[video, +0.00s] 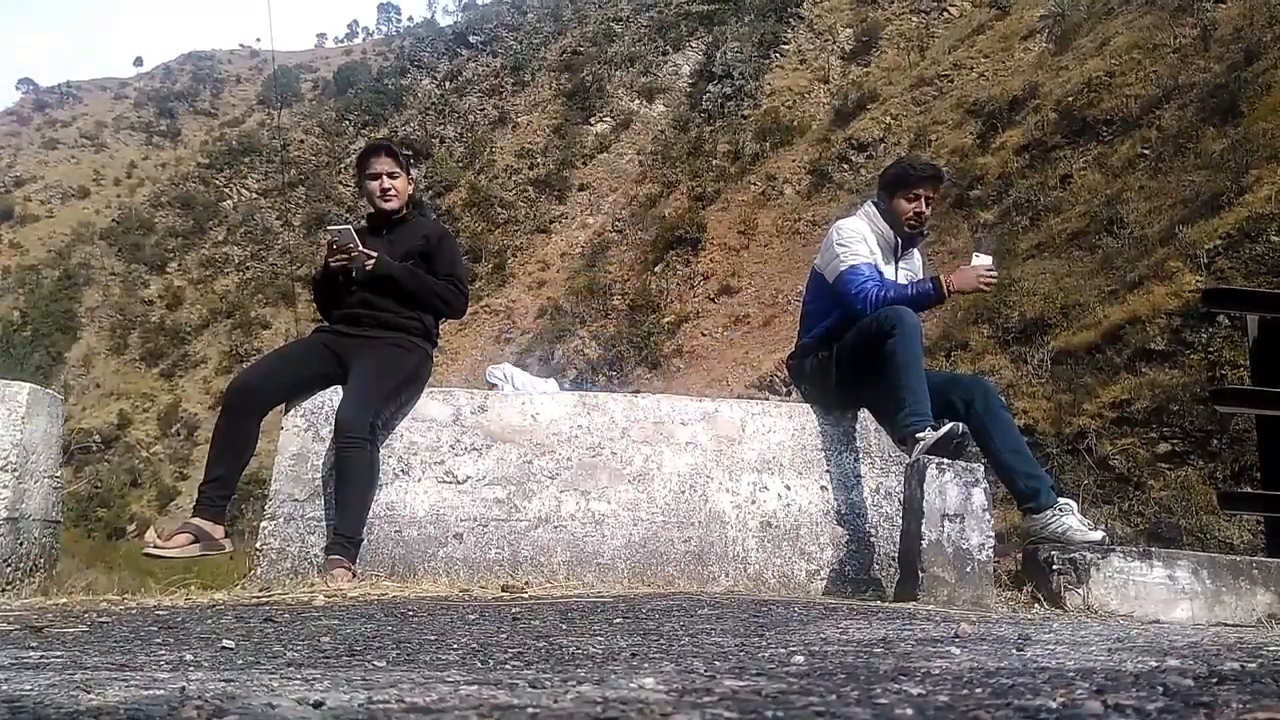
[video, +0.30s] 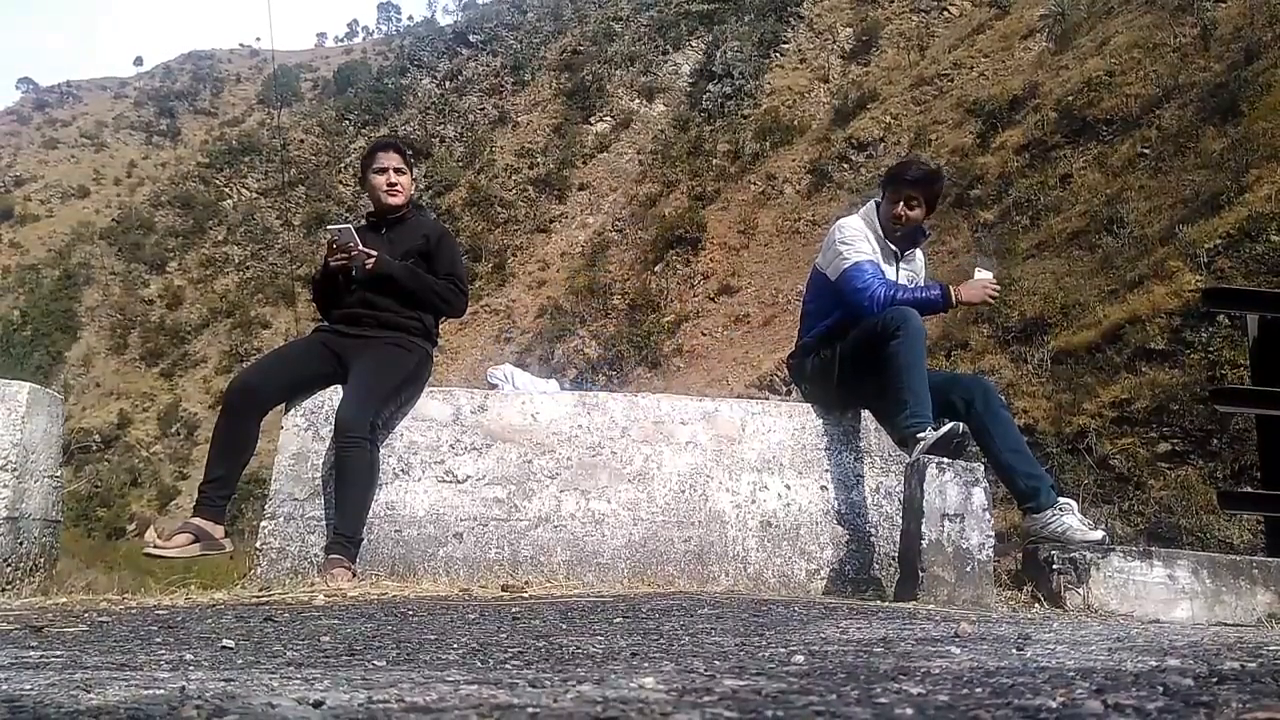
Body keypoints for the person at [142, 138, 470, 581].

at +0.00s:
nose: (385, 184)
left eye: (393, 175)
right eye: (375, 178)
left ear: (409, 180)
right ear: (364, 187)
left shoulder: (433, 233)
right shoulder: (353, 234)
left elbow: (455, 302)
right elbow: (327, 305)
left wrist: (386, 267)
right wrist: (330, 270)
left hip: (397, 346)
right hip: (337, 338)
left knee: (353, 426)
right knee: (246, 392)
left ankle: (341, 561)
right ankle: (208, 523)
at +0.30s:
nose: (392, 178)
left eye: (400, 171)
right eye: (381, 171)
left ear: (412, 179)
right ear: (366, 182)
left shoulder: (432, 232)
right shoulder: (352, 233)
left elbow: (456, 302)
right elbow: (326, 305)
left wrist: (388, 266)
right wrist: (331, 269)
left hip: (397, 345)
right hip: (337, 338)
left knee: (354, 425)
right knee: (246, 391)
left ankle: (340, 560)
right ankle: (208, 523)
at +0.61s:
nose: (398, 176)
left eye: (406, 170)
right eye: (386, 169)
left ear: (415, 180)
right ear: (368, 179)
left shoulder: (431, 231)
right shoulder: (351, 233)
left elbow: (455, 300)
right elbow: (326, 303)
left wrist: (387, 265)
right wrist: (332, 268)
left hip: (397, 344)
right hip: (337, 337)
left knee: (353, 426)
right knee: (246, 389)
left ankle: (340, 559)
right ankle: (208, 521)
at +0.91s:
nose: (413, 179)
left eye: (418, 173)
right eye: (402, 170)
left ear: (421, 182)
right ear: (373, 178)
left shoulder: (431, 232)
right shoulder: (350, 233)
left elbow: (455, 301)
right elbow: (325, 304)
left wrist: (388, 266)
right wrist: (331, 269)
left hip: (397, 344)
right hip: (337, 337)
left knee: (353, 426)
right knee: (246, 390)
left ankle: (340, 559)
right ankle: (208, 522)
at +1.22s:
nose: (414, 179)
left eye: (419, 172)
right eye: (403, 169)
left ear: (422, 182)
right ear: (375, 178)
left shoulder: (432, 232)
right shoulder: (351, 231)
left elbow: (455, 300)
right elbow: (325, 303)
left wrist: (388, 264)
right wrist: (331, 267)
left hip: (397, 343)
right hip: (337, 336)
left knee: (353, 425)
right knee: (246, 389)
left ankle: (340, 558)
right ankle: (208, 521)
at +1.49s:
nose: (414, 177)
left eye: (419, 171)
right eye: (403, 167)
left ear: (422, 181)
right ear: (375, 176)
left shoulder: (432, 229)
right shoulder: (350, 229)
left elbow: (456, 298)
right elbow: (325, 300)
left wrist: (388, 261)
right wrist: (332, 264)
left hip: (397, 342)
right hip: (337, 334)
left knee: (354, 421)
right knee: (247, 386)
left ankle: (340, 556)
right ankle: (209, 519)